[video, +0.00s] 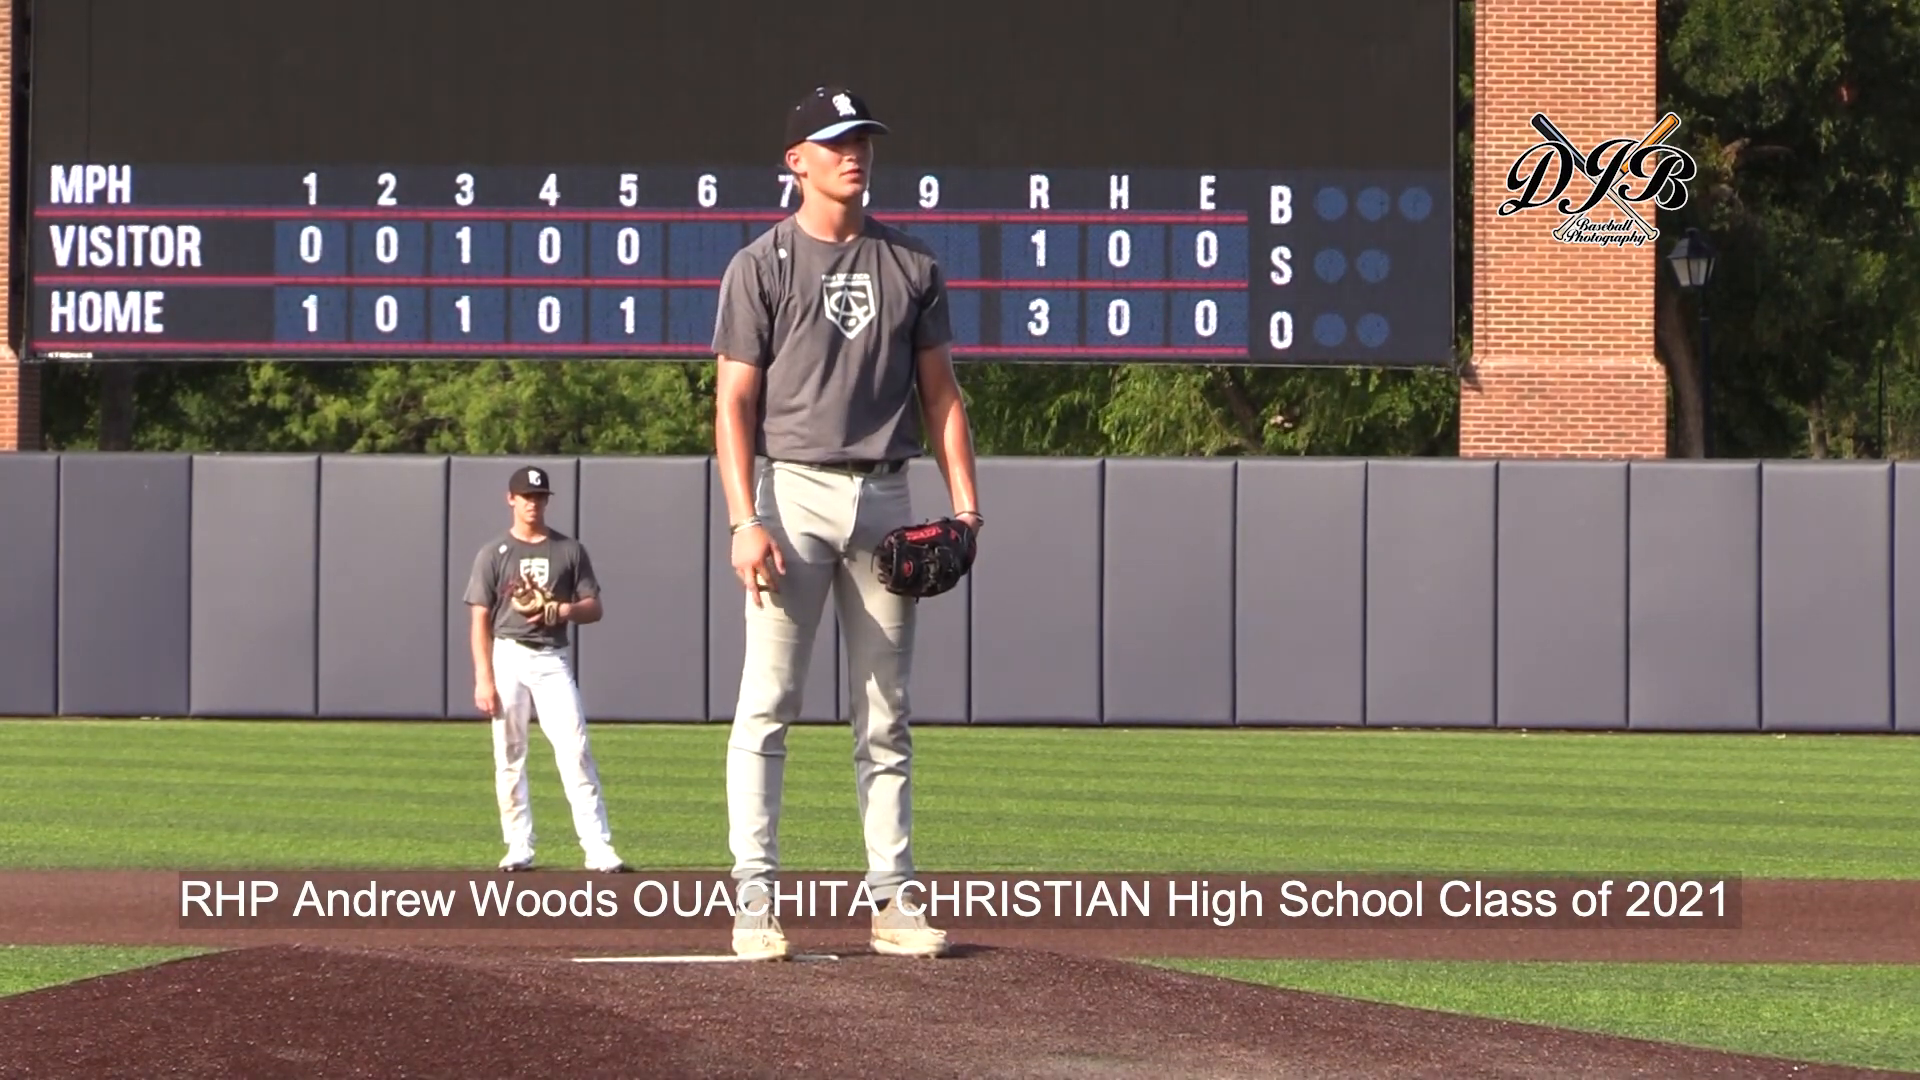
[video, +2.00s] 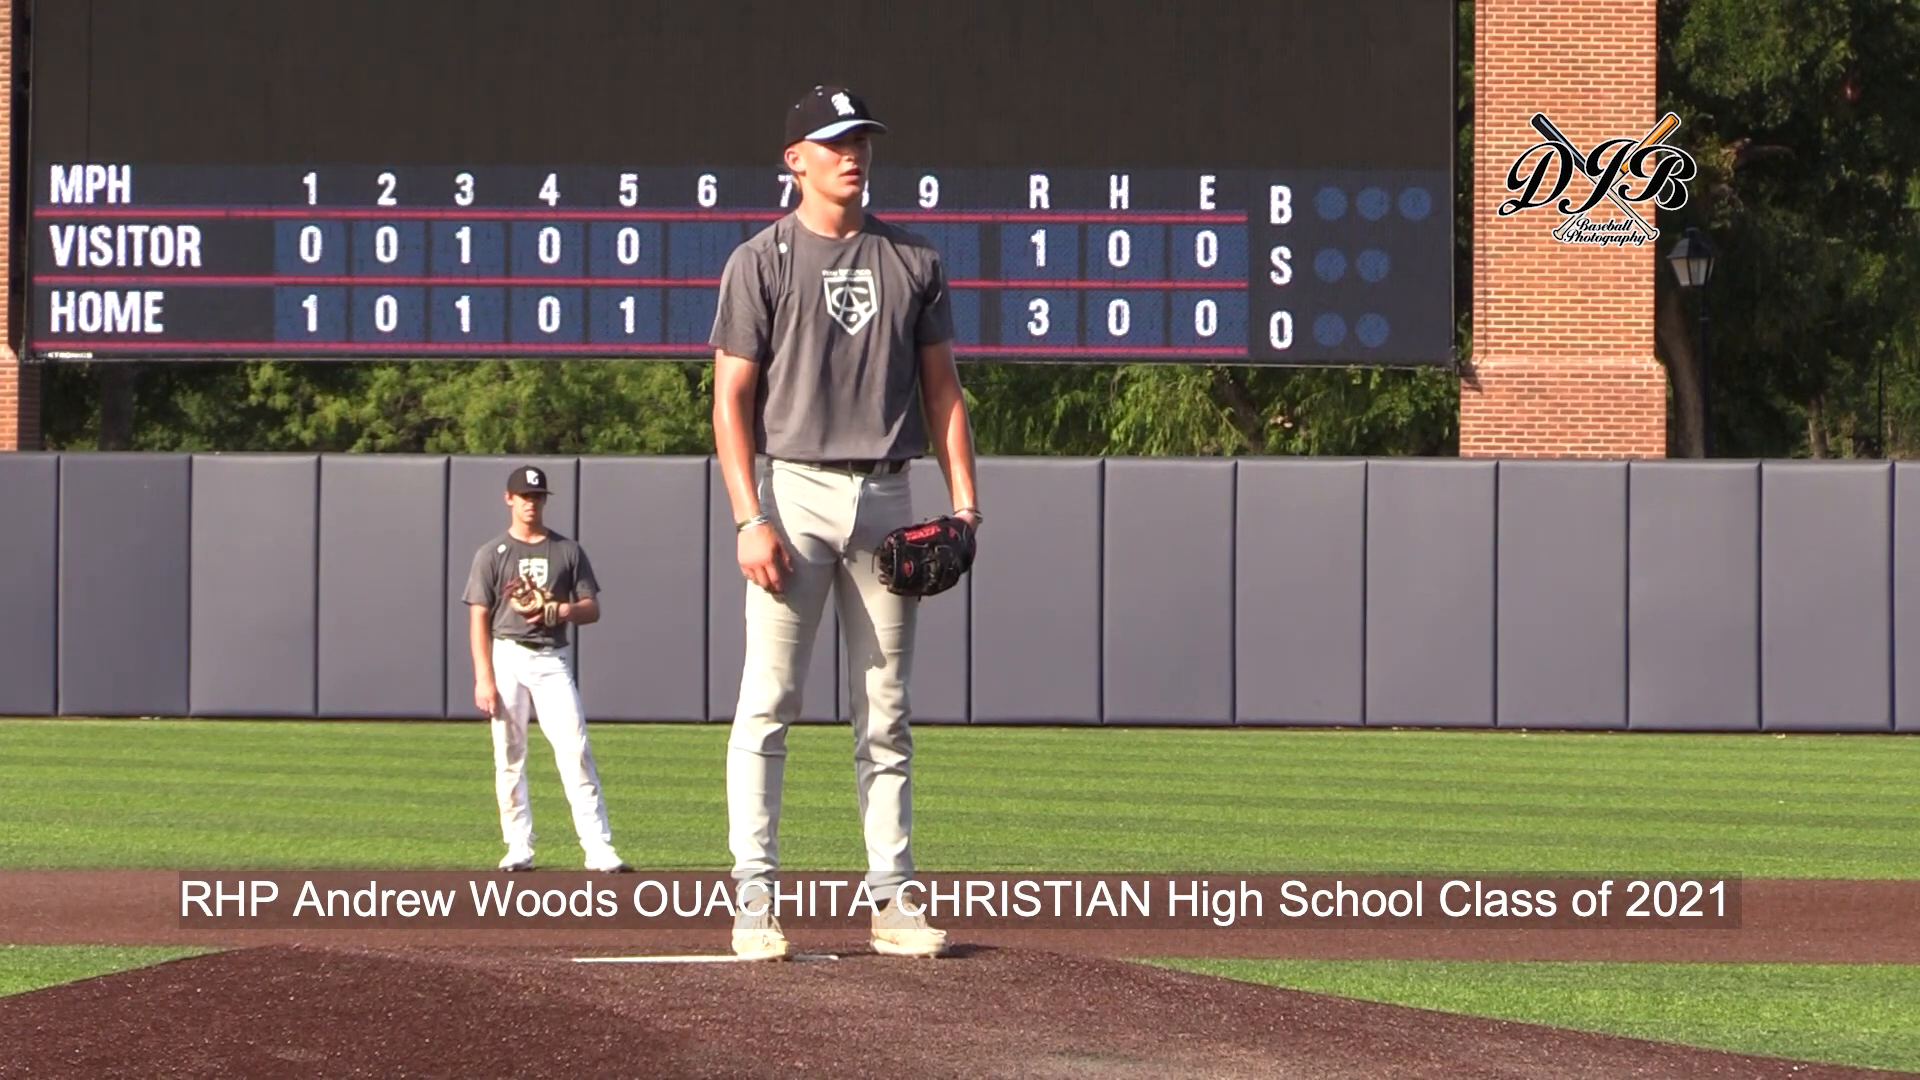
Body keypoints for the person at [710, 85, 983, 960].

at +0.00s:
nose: (854, 159)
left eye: (861, 145)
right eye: (837, 147)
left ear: (871, 158)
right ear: (799, 160)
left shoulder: (911, 267)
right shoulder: (758, 267)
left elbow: (942, 395)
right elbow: (732, 405)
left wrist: (965, 507)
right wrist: (744, 520)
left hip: (887, 497)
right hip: (790, 493)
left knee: (885, 712)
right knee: (768, 705)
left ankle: (893, 897)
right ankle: (755, 895)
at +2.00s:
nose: (852, 158)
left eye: (860, 145)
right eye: (835, 146)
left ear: (870, 156)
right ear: (797, 159)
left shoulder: (913, 263)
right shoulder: (760, 261)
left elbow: (943, 390)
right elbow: (730, 400)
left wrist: (964, 502)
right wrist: (750, 519)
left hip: (889, 497)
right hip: (792, 493)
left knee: (886, 711)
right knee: (769, 704)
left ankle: (892, 899)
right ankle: (755, 894)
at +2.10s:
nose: (851, 158)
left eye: (859, 144)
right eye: (834, 146)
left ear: (871, 156)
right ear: (796, 159)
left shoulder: (912, 262)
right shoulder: (759, 260)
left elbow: (943, 389)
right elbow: (723, 396)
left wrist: (963, 503)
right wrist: (764, 509)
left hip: (888, 497)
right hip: (792, 495)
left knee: (886, 713)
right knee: (769, 704)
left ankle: (894, 900)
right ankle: (756, 895)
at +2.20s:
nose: (851, 158)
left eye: (859, 144)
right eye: (834, 146)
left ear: (869, 157)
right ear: (794, 159)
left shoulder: (912, 261)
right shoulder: (759, 260)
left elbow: (942, 388)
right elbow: (720, 395)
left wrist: (955, 500)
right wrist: (787, 495)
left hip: (891, 498)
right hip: (791, 495)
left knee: (887, 713)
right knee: (769, 703)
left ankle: (893, 900)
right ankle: (756, 899)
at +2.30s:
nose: (849, 158)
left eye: (856, 145)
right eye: (832, 146)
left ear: (866, 157)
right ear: (792, 159)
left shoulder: (909, 259)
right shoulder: (756, 261)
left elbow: (941, 388)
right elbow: (720, 395)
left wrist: (936, 496)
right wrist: (811, 486)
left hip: (888, 499)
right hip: (788, 497)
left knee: (886, 714)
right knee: (769, 701)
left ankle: (893, 900)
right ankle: (756, 898)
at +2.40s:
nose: (845, 158)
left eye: (852, 144)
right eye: (827, 146)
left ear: (862, 157)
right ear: (787, 160)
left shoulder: (906, 258)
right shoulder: (752, 262)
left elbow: (936, 387)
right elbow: (724, 397)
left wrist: (915, 490)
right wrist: (820, 479)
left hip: (882, 501)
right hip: (783, 499)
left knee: (886, 714)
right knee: (767, 701)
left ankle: (893, 900)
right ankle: (756, 899)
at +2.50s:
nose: (839, 158)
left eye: (846, 144)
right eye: (821, 146)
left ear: (857, 157)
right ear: (782, 160)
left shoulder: (901, 259)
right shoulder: (745, 263)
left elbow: (931, 386)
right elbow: (721, 397)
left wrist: (901, 487)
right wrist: (816, 474)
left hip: (875, 502)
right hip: (778, 500)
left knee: (886, 710)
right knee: (764, 700)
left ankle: (892, 897)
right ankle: (754, 898)